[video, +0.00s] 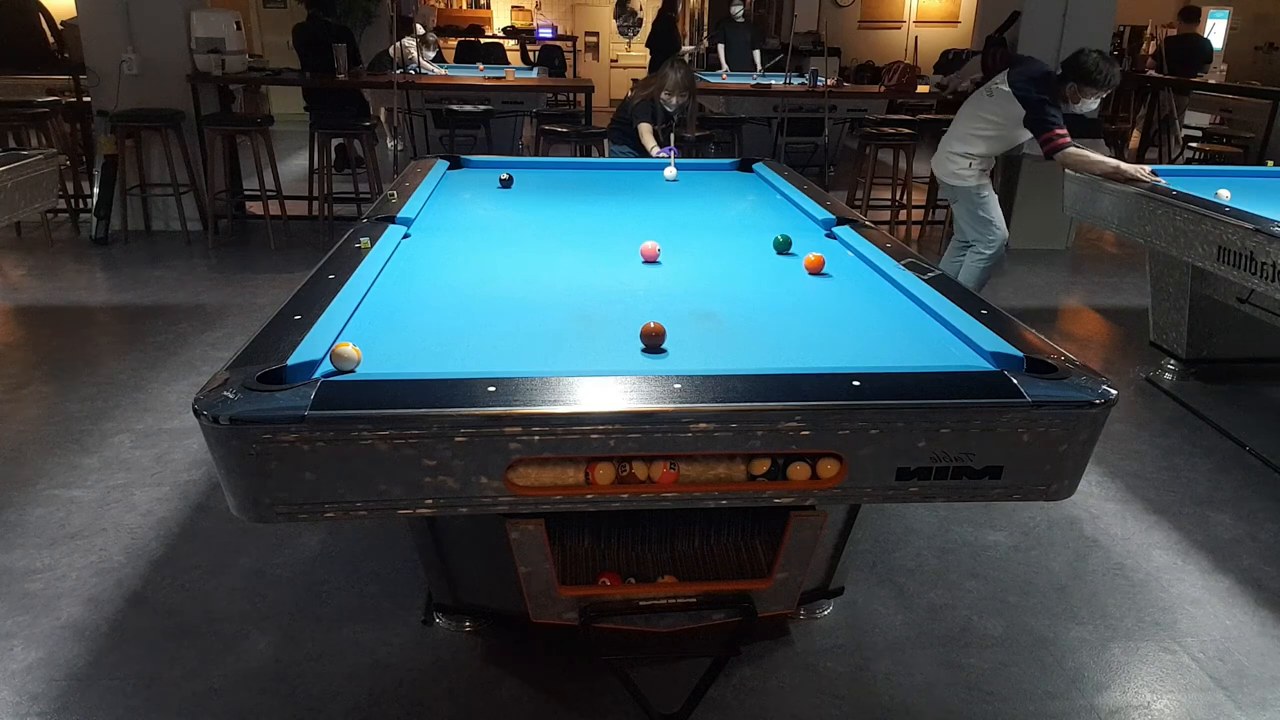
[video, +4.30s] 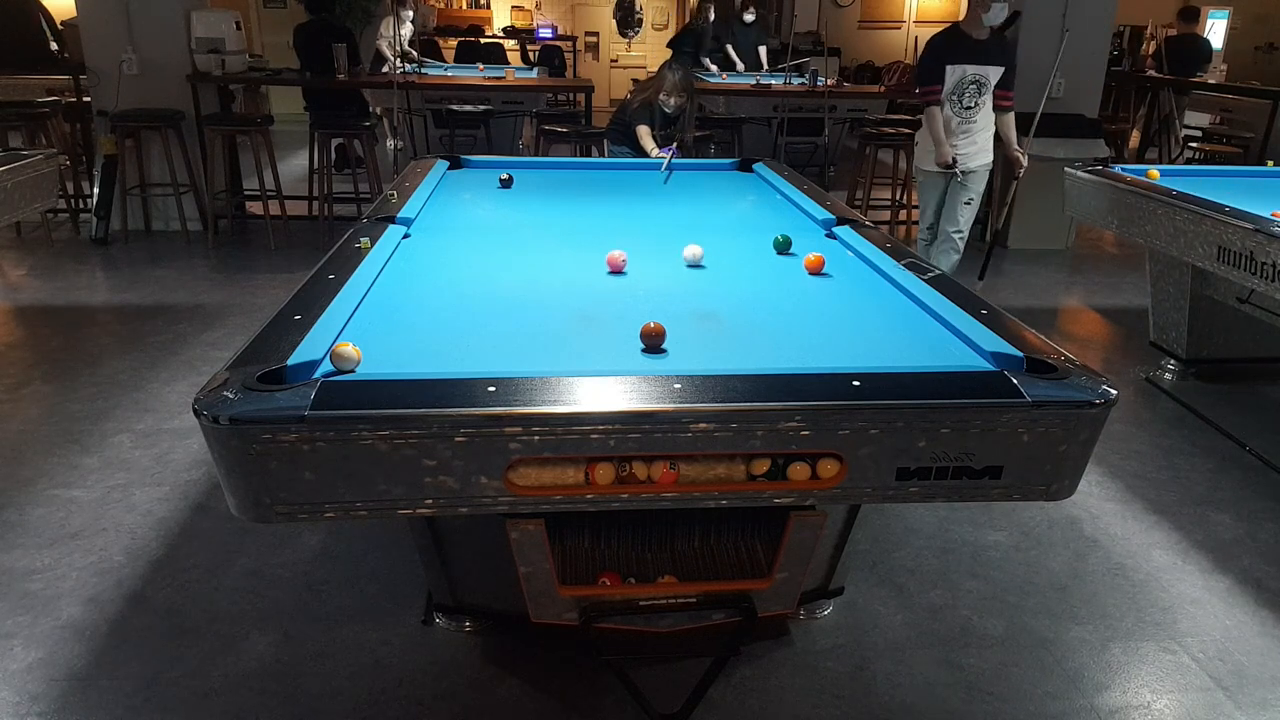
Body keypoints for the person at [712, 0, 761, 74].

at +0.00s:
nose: (735, 10)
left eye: (738, 7)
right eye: (733, 7)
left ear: (743, 8)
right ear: (730, 9)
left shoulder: (750, 26)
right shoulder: (724, 25)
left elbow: (755, 48)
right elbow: (720, 46)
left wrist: (758, 66)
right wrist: (723, 65)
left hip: (748, 71)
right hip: (730, 71)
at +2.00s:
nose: (743, 11)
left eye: (746, 9)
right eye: (741, 8)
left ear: (751, 11)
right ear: (737, 10)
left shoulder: (756, 26)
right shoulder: (730, 24)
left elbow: (761, 47)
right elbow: (725, 43)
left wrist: (765, 66)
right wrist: (723, 63)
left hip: (751, 67)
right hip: (734, 67)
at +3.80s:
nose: (746, 15)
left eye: (749, 12)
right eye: (744, 12)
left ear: (753, 12)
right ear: (739, 12)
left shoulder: (757, 26)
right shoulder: (732, 24)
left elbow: (761, 46)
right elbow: (726, 43)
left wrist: (765, 66)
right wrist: (724, 63)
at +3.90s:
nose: (748, 16)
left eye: (751, 13)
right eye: (745, 13)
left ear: (754, 13)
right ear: (739, 12)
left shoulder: (756, 25)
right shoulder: (732, 25)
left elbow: (761, 46)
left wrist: (765, 66)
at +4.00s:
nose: (749, 16)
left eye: (751, 13)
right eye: (746, 13)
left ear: (755, 13)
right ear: (741, 12)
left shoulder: (757, 25)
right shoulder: (732, 24)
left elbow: (761, 46)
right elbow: (725, 44)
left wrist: (765, 65)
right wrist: (724, 63)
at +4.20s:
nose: (750, 16)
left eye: (753, 14)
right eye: (747, 14)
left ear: (756, 14)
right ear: (741, 13)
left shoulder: (758, 26)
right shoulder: (732, 25)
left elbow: (761, 46)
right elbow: (726, 44)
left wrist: (765, 66)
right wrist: (730, 63)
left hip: (754, 69)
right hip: (736, 69)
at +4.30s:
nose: (750, 17)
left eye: (753, 14)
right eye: (747, 14)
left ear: (756, 14)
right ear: (742, 13)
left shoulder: (758, 26)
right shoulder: (733, 25)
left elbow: (762, 46)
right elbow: (727, 45)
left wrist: (765, 65)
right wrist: (738, 62)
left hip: (754, 69)